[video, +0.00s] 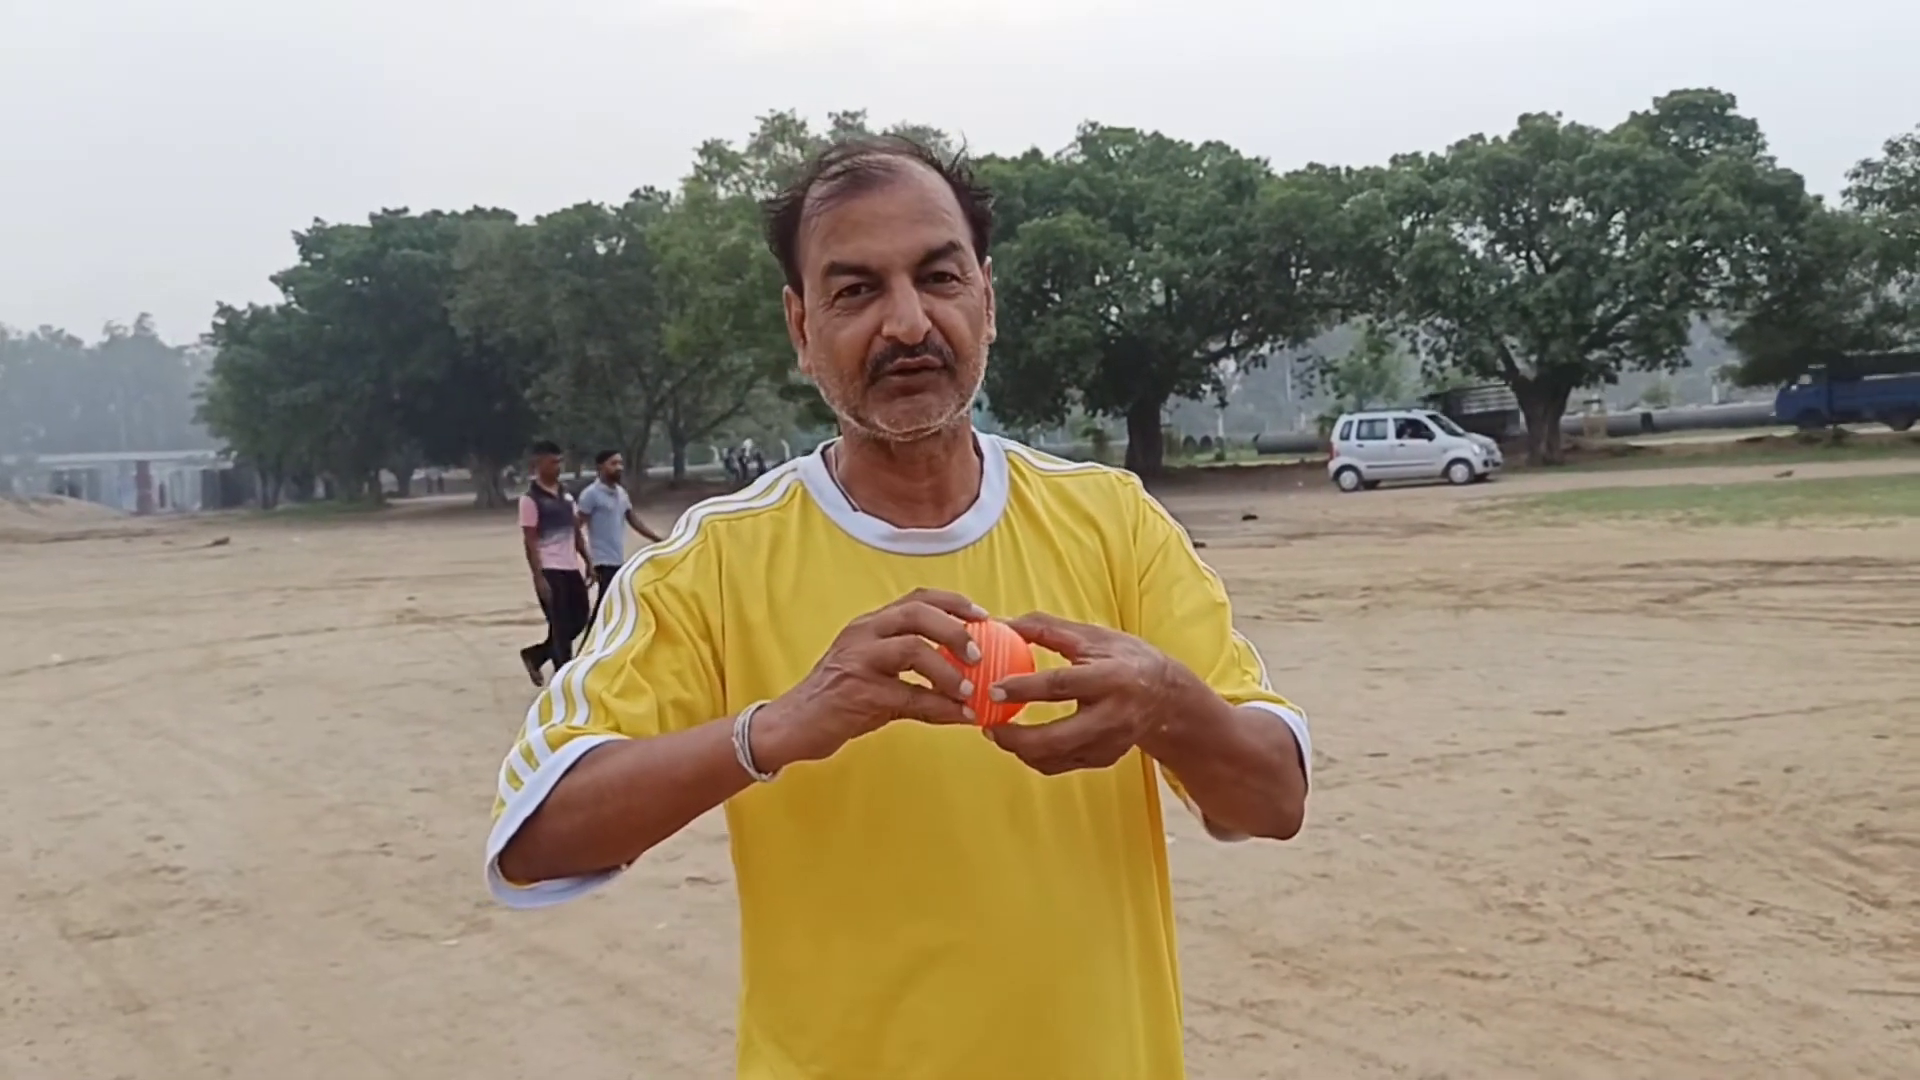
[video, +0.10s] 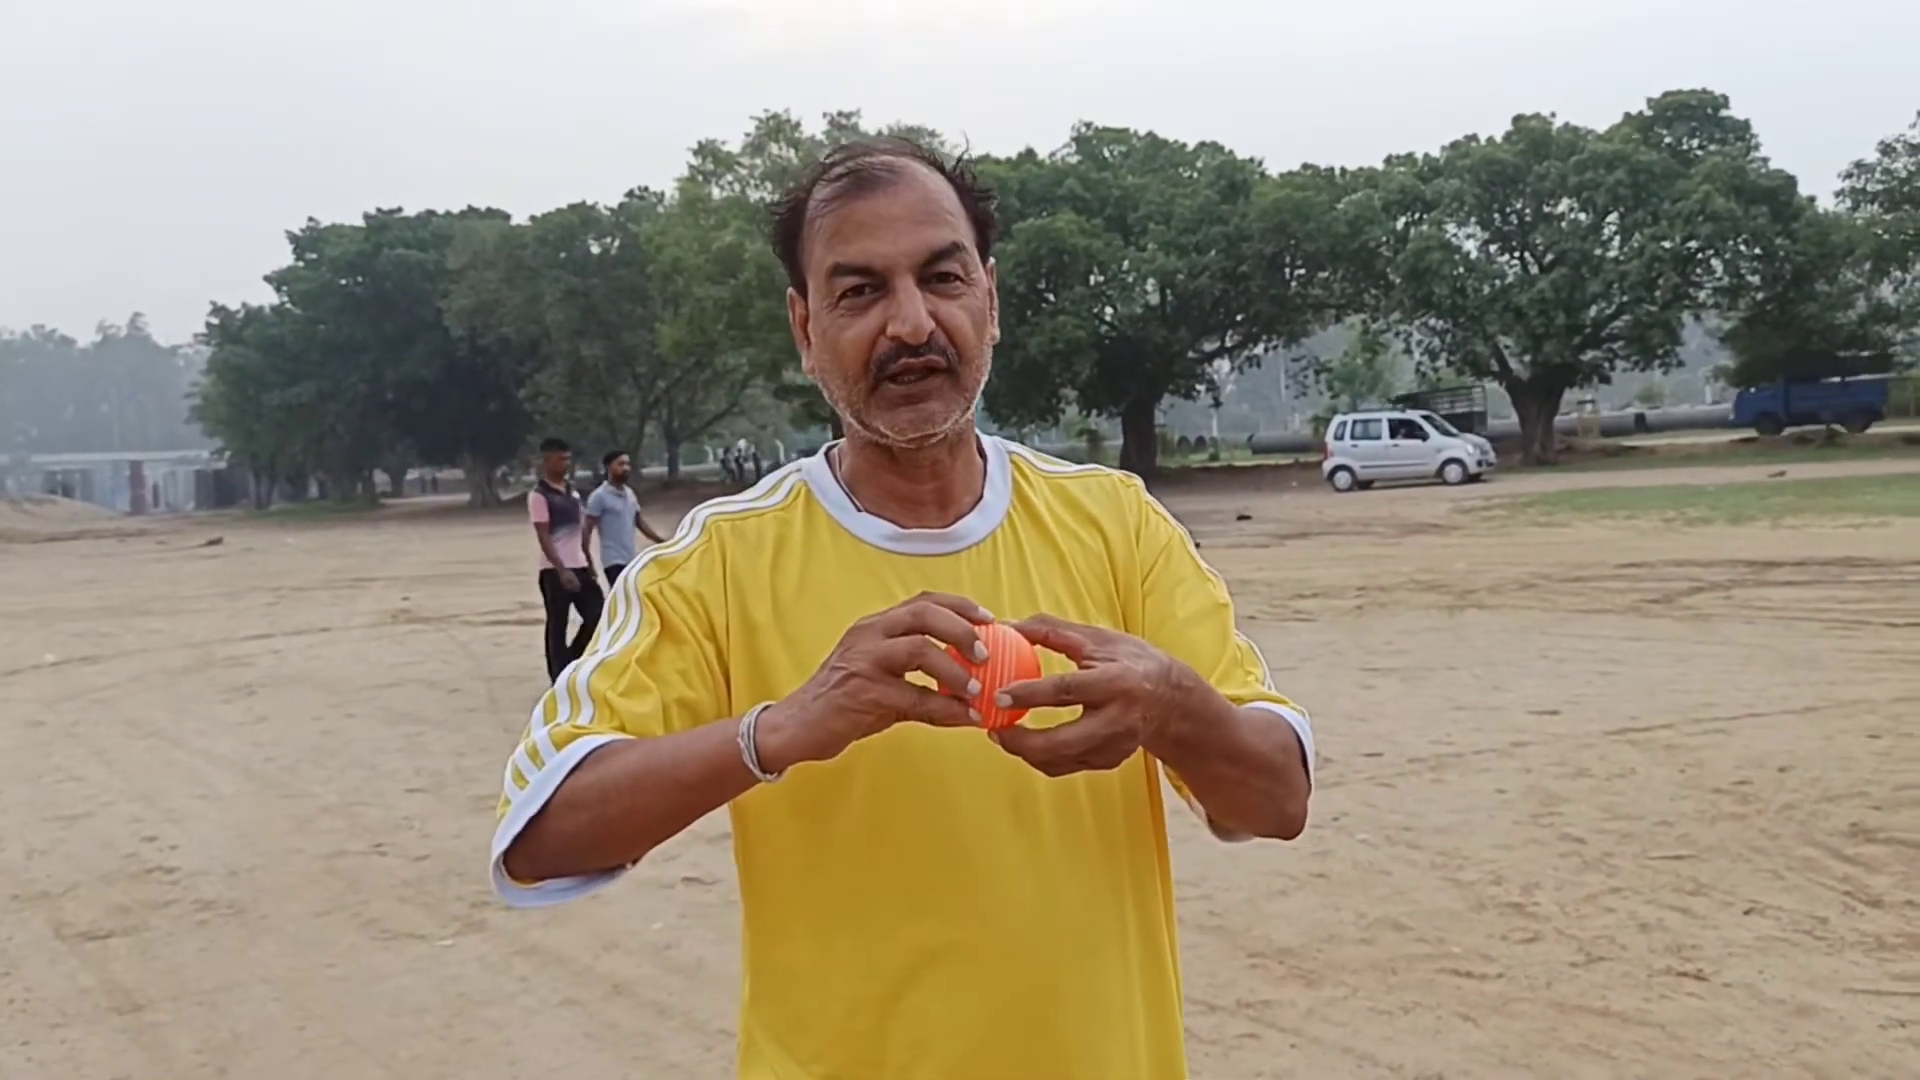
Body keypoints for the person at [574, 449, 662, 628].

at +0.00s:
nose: (619, 467)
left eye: (621, 463)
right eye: (614, 463)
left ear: (622, 466)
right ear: (601, 467)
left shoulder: (620, 492)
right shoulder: (590, 494)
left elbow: (633, 520)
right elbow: (577, 528)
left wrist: (656, 539)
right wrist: (587, 561)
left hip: (617, 559)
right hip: (601, 561)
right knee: (607, 608)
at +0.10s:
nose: (626, 468)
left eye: (628, 464)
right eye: (621, 464)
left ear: (630, 466)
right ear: (609, 467)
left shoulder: (629, 493)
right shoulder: (599, 496)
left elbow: (639, 521)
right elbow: (586, 530)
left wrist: (661, 541)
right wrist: (589, 564)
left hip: (631, 557)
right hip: (612, 561)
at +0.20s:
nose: (634, 465)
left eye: (636, 460)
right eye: (628, 460)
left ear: (638, 463)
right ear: (616, 465)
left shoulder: (637, 489)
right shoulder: (608, 493)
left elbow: (646, 522)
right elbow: (600, 529)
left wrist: (662, 543)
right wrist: (604, 563)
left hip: (640, 555)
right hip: (622, 558)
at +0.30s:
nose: (645, 460)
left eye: (647, 456)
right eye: (640, 456)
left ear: (650, 458)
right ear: (627, 460)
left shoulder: (648, 485)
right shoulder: (619, 488)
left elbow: (650, 517)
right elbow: (616, 525)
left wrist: (663, 542)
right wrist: (626, 555)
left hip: (651, 553)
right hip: (632, 556)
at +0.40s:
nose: (659, 459)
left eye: (661, 454)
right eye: (654, 454)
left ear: (664, 457)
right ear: (642, 458)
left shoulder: (663, 484)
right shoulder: (633, 486)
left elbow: (663, 513)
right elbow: (631, 520)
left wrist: (666, 538)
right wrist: (648, 543)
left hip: (663, 548)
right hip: (643, 553)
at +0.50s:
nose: (674, 461)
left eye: (676, 457)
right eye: (669, 457)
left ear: (679, 459)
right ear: (656, 461)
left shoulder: (679, 486)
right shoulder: (649, 489)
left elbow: (678, 515)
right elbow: (649, 522)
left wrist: (682, 538)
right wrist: (669, 542)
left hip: (678, 547)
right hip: (659, 552)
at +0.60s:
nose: (691, 463)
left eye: (692, 459)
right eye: (685, 459)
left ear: (695, 460)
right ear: (674, 463)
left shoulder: (695, 489)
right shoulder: (666, 491)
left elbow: (695, 518)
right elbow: (667, 525)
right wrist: (682, 544)